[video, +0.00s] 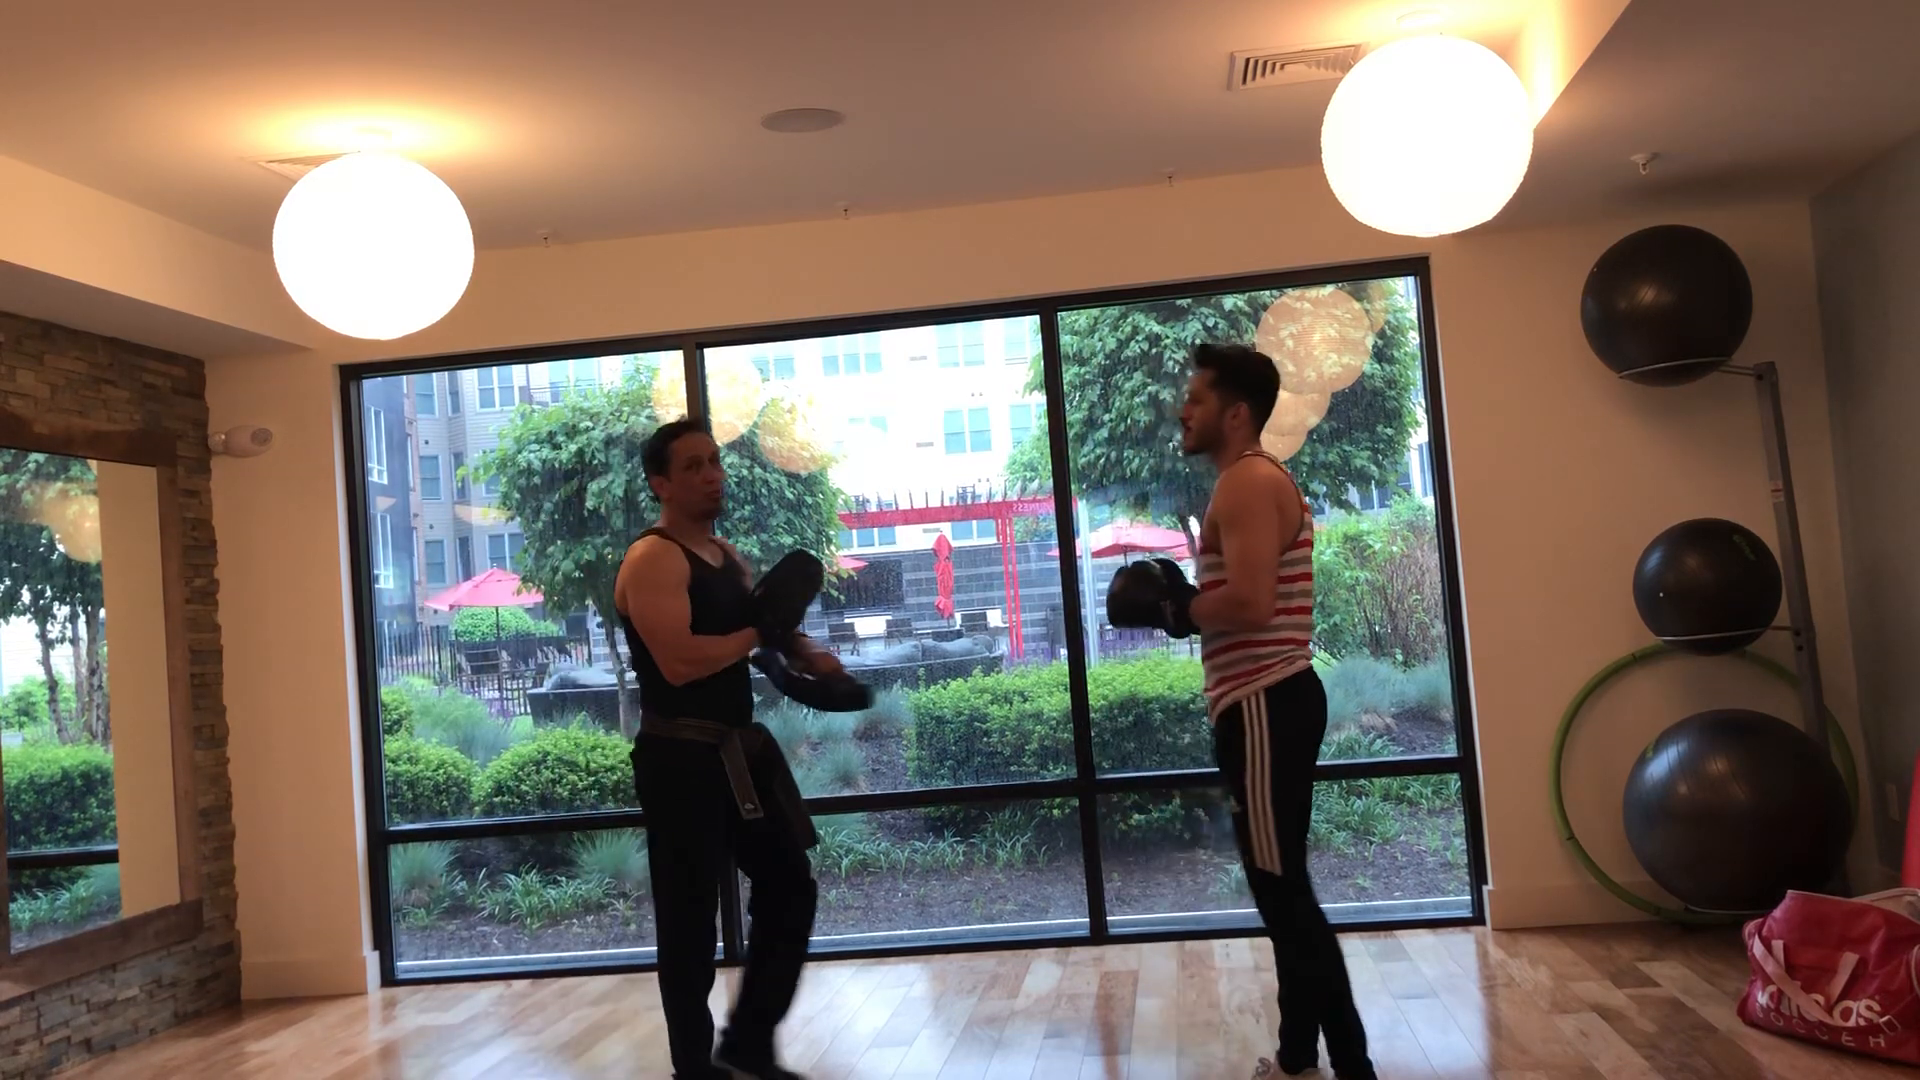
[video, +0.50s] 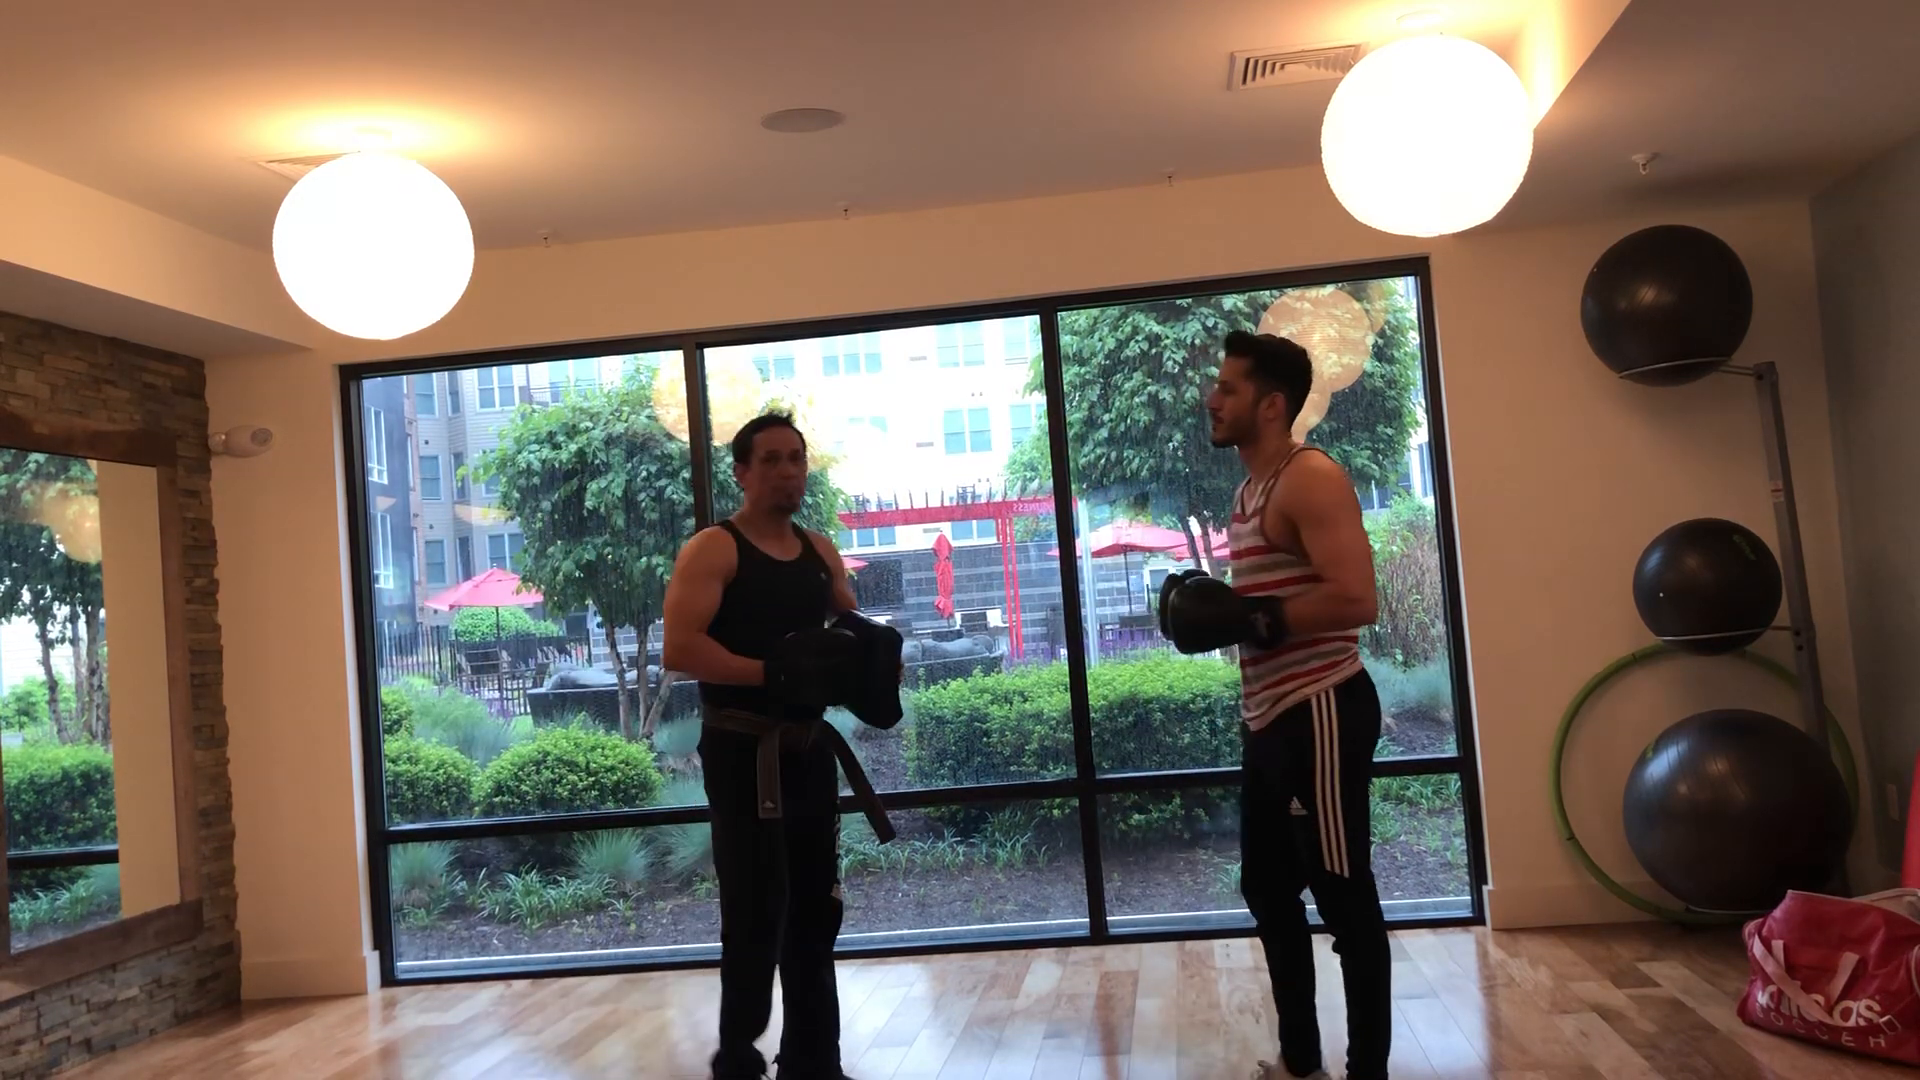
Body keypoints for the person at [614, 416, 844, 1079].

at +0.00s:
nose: (714, 474)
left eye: (715, 461)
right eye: (696, 466)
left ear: (720, 469)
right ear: (661, 484)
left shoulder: (729, 557)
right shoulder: (650, 560)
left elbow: (771, 625)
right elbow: (679, 661)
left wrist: (813, 656)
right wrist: (762, 633)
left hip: (739, 748)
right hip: (676, 756)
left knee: (790, 886)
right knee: (687, 914)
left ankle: (749, 1042)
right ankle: (693, 1061)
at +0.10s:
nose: (728, 474)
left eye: (730, 462)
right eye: (710, 466)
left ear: (737, 470)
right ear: (674, 484)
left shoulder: (743, 553)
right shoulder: (661, 560)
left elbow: (779, 635)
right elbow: (663, 663)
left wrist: (838, 662)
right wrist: (757, 648)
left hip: (751, 744)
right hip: (686, 752)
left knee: (792, 900)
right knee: (692, 914)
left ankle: (801, 1057)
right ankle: (695, 1066)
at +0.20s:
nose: (744, 475)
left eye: (747, 462)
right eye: (726, 466)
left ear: (756, 471)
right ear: (694, 483)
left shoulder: (764, 555)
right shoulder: (676, 557)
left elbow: (790, 635)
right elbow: (657, 657)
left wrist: (842, 645)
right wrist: (756, 664)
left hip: (770, 746)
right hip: (703, 752)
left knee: (798, 908)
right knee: (706, 918)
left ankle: (810, 1063)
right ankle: (700, 1066)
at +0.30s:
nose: (762, 475)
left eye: (768, 462)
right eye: (745, 464)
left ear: (776, 472)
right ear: (712, 480)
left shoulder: (782, 555)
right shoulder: (691, 554)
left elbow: (811, 636)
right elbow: (666, 654)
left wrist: (848, 657)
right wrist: (762, 674)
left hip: (787, 744)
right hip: (721, 751)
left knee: (809, 911)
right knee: (729, 913)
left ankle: (811, 1062)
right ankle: (706, 1062)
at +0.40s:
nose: (777, 473)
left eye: (784, 460)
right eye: (761, 463)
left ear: (793, 468)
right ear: (729, 475)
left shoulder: (803, 554)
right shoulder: (702, 552)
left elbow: (825, 638)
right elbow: (678, 654)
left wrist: (853, 660)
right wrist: (776, 674)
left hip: (798, 742)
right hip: (732, 747)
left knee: (813, 913)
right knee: (748, 912)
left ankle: (811, 1063)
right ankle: (716, 1060)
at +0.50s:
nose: (789, 470)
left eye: (797, 458)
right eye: (773, 459)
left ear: (807, 468)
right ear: (741, 472)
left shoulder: (817, 549)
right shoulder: (712, 548)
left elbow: (853, 634)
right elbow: (680, 648)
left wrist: (861, 664)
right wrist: (777, 674)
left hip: (808, 739)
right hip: (739, 744)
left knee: (815, 911)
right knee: (754, 911)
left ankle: (813, 1065)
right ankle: (737, 1063)